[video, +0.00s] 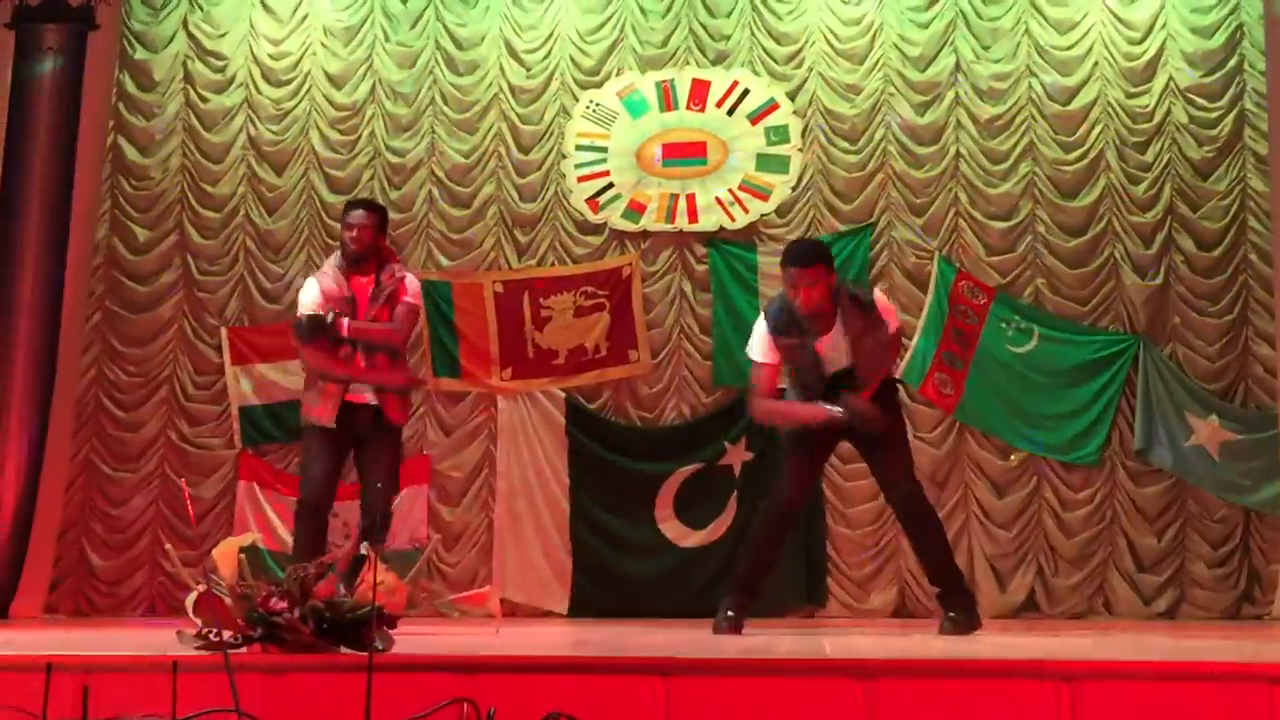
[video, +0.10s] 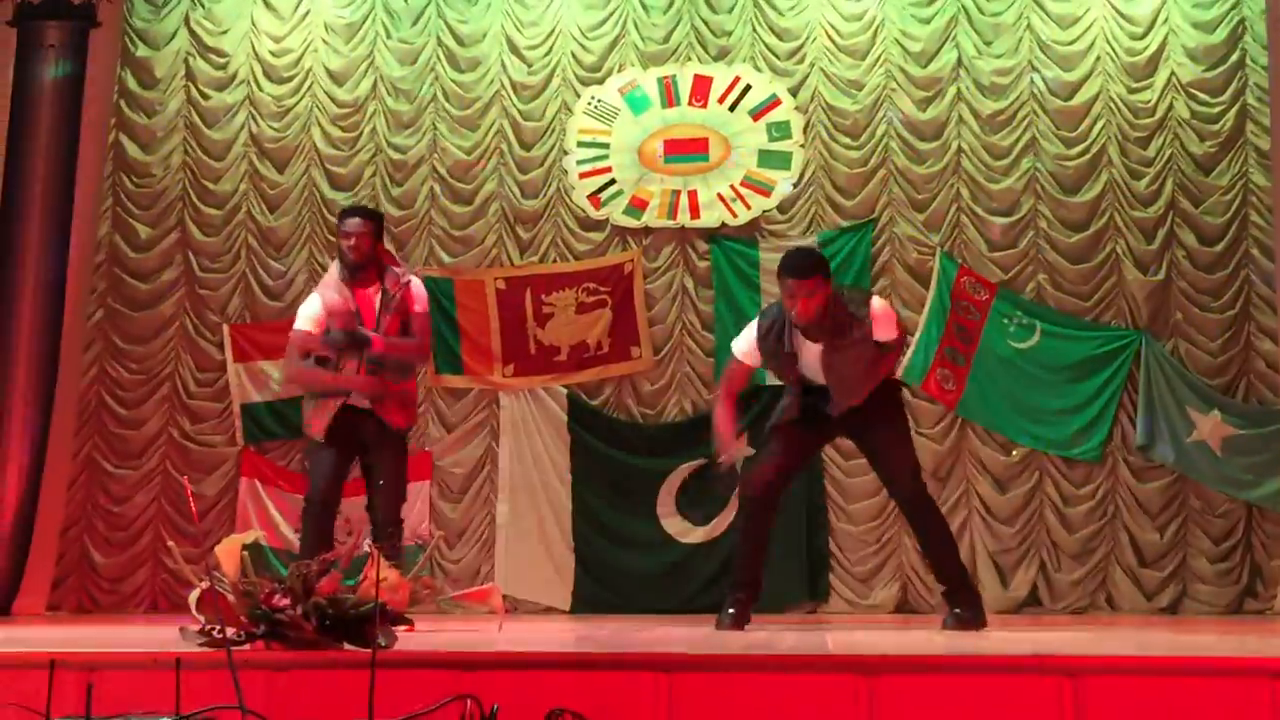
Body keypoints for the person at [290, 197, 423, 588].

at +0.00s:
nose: (354, 236)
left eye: (364, 229)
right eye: (348, 227)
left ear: (382, 235)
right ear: (341, 231)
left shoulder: (405, 284)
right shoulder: (320, 284)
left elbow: (398, 336)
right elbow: (314, 361)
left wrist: (337, 325)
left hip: (380, 412)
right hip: (329, 408)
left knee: (378, 509)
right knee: (312, 499)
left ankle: (361, 593)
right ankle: (301, 589)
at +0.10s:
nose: (352, 244)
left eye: (361, 237)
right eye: (345, 236)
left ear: (378, 241)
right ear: (337, 241)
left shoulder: (408, 287)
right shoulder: (325, 295)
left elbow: (420, 350)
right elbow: (293, 369)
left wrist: (365, 342)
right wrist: (356, 381)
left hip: (386, 414)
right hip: (333, 412)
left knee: (386, 513)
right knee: (319, 502)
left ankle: (387, 596)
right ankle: (308, 589)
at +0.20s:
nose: (346, 250)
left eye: (355, 242)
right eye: (339, 243)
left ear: (372, 246)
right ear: (331, 247)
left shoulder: (408, 297)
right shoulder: (319, 304)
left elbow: (437, 364)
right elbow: (290, 375)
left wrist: (423, 405)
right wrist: (237, 364)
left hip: (399, 420)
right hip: (346, 418)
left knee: (400, 518)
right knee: (323, 496)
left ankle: (397, 602)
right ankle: (314, 591)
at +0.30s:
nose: (343, 255)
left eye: (352, 246)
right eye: (336, 246)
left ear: (370, 251)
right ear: (328, 253)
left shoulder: (397, 300)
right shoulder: (319, 307)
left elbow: (422, 376)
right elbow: (301, 376)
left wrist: (410, 433)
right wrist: (238, 355)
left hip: (397, 424)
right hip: (347, 423)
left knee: (403, 515)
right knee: (324, 498)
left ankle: (422, 598)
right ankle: (311, 597)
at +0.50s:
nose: (380, 280)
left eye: (388, 271)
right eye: (372, 271)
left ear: (401, 276)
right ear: (359, 276)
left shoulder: (427, 325)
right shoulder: (343, 327)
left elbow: (418, 393)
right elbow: (350, 393)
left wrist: (369, 413)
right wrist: (367, 424)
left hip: (418, 438)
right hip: (367, 437)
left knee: (422, 526)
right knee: (339, 506)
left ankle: (439, 614)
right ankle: (327, 605)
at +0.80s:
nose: (437, 255)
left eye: (435, 249)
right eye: (436, 248)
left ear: (394, 249)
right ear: (429, 248)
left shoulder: (365, 296)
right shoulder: (429, 284)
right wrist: (450, 386)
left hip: (370, 415)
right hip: (407, 407)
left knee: (417, 509)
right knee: (445, 506)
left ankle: (401, 595)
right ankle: (376, 568)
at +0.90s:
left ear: (362, 244)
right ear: (404, 243)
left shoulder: (338, 289)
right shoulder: (428, 277)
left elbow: (327, 365)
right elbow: (478, 314)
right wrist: (483, 370)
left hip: (369, 415)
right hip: (424, 407)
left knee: (391, 512)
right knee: (443, 501)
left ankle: (404, 607)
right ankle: (425, 579)